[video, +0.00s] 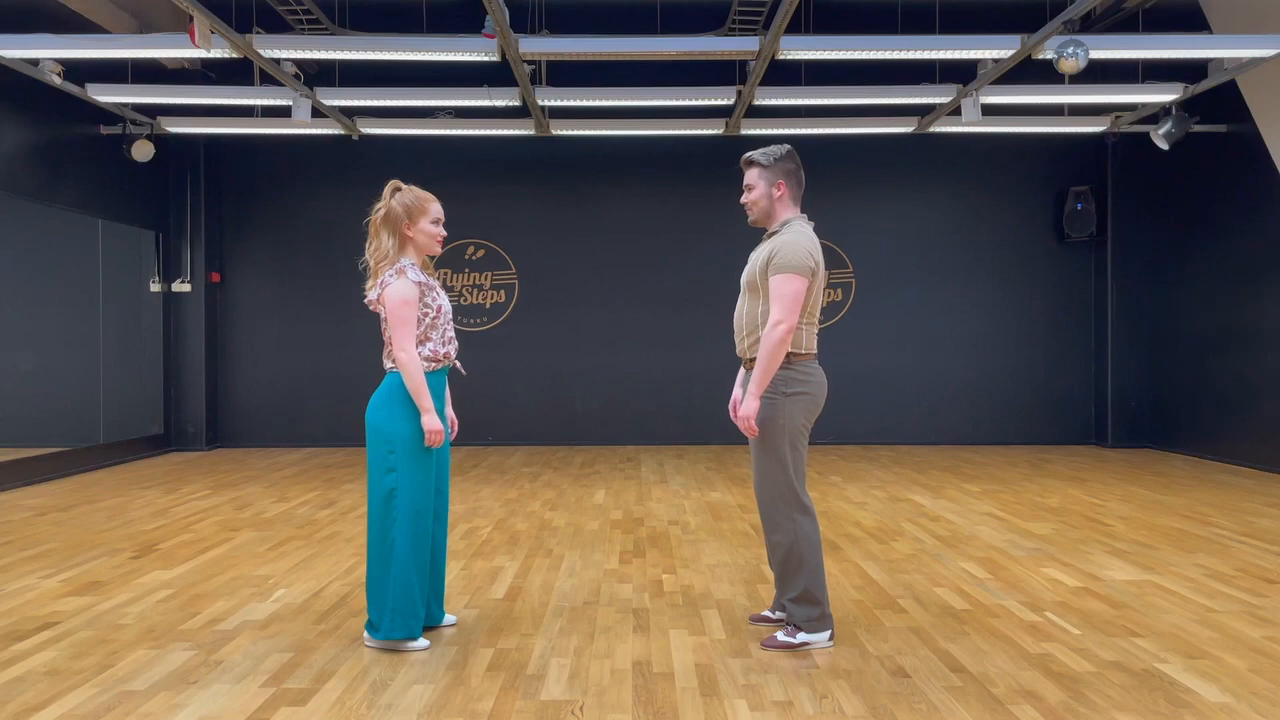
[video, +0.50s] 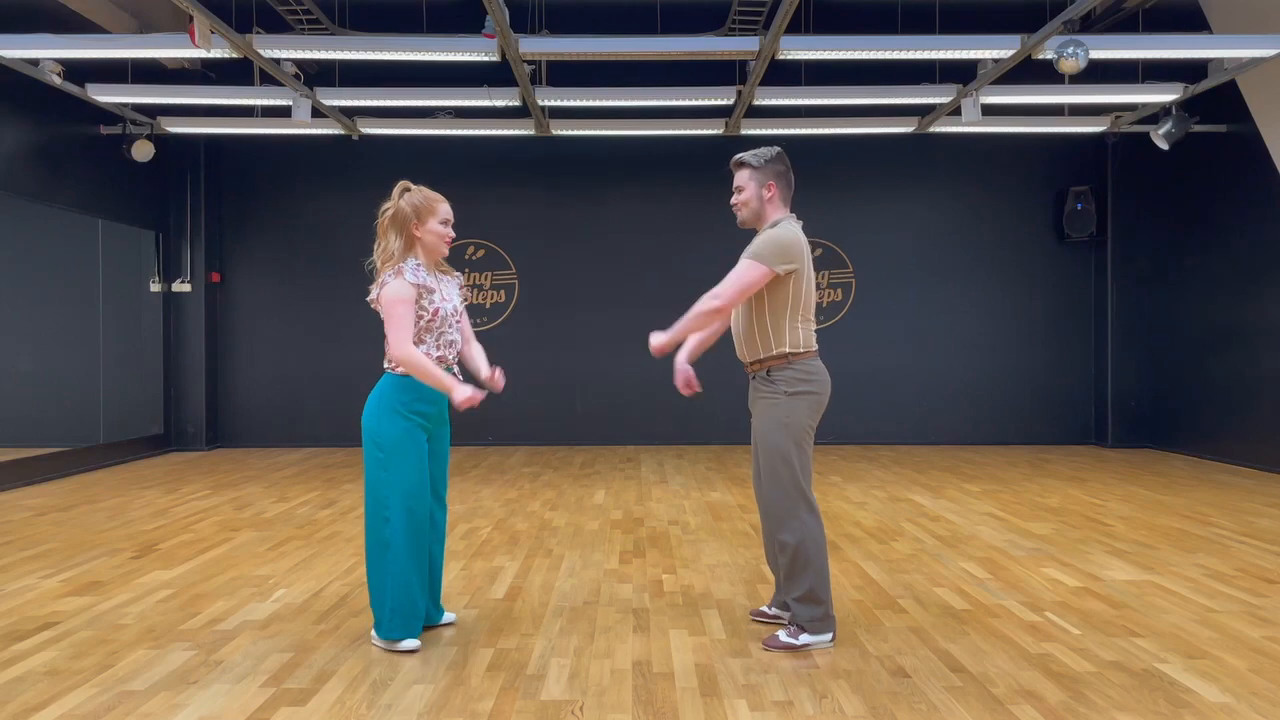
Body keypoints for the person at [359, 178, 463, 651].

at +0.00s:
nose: (444, 230)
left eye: (443, 221)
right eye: (435, 222)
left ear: (416, 229)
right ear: (408, 228)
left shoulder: (423, 277)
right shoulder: (400, 280)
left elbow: (431, 349)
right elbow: (403, 352)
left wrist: (446, 402)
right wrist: (427, 410)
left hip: (427, 398)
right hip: (401, 403)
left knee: (428, 513)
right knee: (401, 518)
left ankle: (423, 609)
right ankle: (388, 625)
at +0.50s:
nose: (453, 232)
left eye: (452, 223)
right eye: (444, 224)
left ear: (434, 229)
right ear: (415, 229)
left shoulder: (450, 282)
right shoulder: (400, 282)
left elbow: (465, 339)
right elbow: (400, 351)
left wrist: (482, 371)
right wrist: (452, 386)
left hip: (433, 407)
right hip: (397, 408)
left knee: (430, 510)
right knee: (398, 514)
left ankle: (424, 607)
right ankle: (391, 624)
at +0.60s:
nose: (458, 232)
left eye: (456, 223)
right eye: (448, 224)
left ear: (439, 230)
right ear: (420, 230)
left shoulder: (462, 277)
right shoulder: (395, 278)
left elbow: (492, 325)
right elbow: (417, 331)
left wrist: (490, 291)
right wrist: (477, 313)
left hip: (442, 406)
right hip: (396, 406)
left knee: (433, 511)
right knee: (403, 513)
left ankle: (426, 604)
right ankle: (396, 623)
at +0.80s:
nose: (463, 237)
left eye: (463, 229)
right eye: (452, 227)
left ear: (463, 239)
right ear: (420, 236)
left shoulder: (472, 282)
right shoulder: (392, 287)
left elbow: (467, 318)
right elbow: (427, 329)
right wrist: (462, 284)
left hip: (457, 419)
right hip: (400, 418)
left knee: (467, 524)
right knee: (402, 526)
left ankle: (434, 584)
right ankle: (395, 626)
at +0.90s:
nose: (456, 247)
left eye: (462, 240)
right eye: (444, 238)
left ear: (468, 248)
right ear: (419, 247)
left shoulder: (480, 296)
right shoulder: (393, 303)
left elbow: (467, 364)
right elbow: (408, 371)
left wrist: (410, 367)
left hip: (469, 429)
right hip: (409, 431)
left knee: (490, 534)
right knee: (416, 541)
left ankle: (475, 599)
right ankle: (398, 632)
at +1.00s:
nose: (455, 256)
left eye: (465, 248)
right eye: (444, 248)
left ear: (476, 256)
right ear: (427, 256)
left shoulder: (492, 315)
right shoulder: (404, 315)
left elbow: (499, 385)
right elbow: (393, 390)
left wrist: (480, 416)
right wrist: (391, 455)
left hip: (487, 439)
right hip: (426, 442)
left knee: (515, 529)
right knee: (421, 555)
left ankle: (546, 636)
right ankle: (401, 639)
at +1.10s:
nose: (472, 257)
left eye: (482, 247)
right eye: (462, 247)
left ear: (495, 254)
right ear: (445, 254)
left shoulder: (513, 310)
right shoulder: (421, 312)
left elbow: (564, 357)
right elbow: (369, 365)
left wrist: (606, 383)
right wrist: (307, 404)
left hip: (515, 437)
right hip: (454, 443)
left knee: (553, 531)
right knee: (427, 548)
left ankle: (607, 640)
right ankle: (403, 640)